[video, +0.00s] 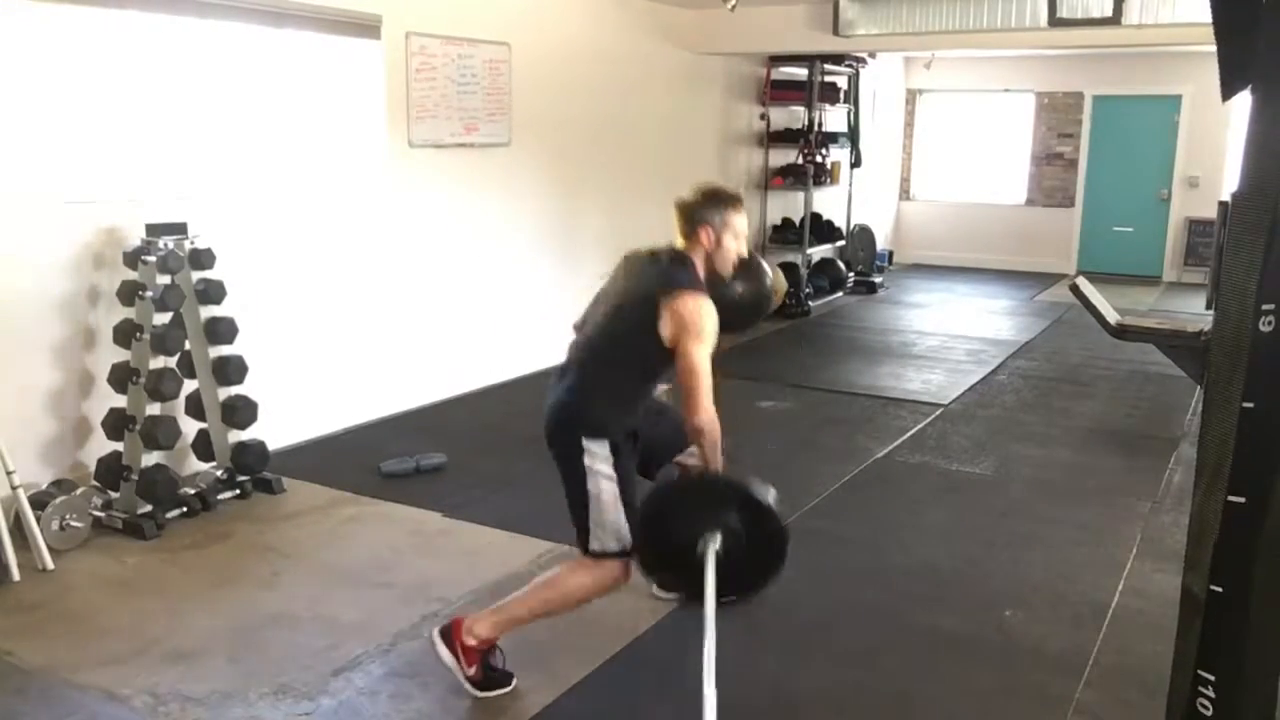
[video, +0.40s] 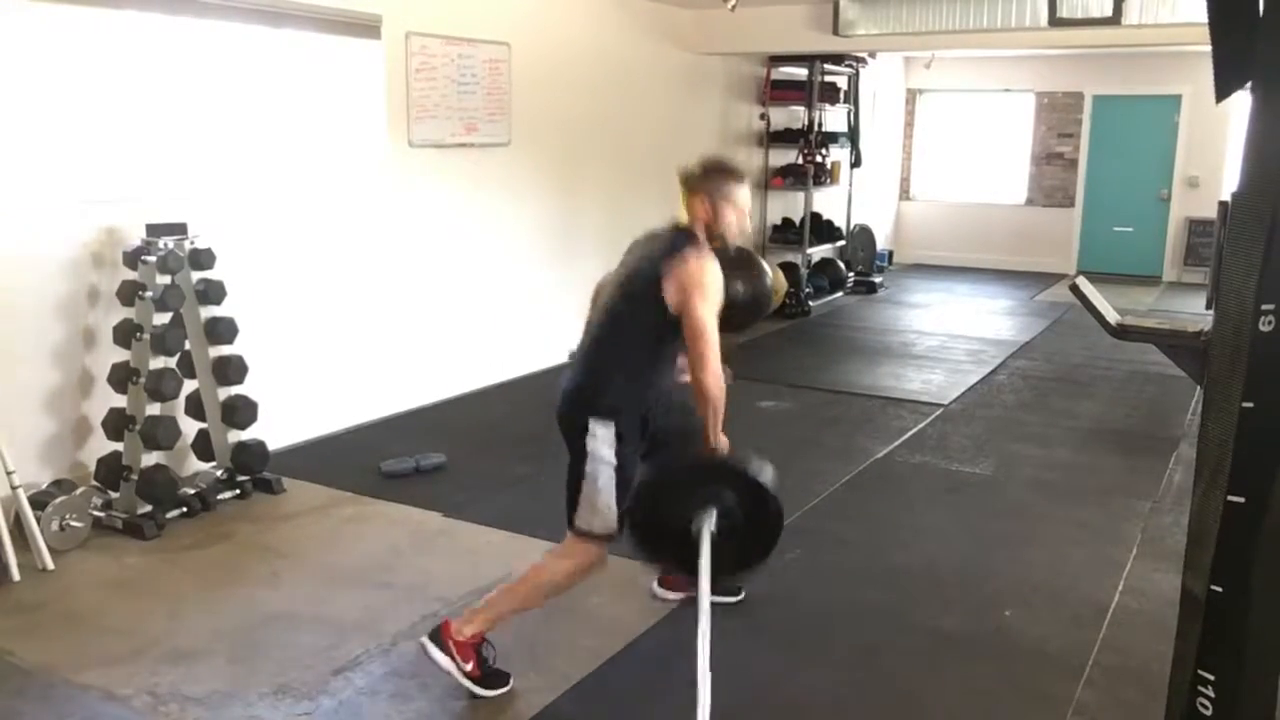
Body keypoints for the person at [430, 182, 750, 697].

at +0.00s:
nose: (743, 248)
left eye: (744, 236)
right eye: (738, 236)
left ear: (698, 235)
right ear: (707, 235)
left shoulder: (646, 263)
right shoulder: (694, 303)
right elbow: (700, 419)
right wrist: (717, 485)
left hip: (623, 402)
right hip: (589, 421)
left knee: (696, 460)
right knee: (609, 565)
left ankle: (670, 558)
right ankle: (474, 634)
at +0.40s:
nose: (746, 218)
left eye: (745, 205)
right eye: (737, 206)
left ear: (698, 207)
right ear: (705, 205)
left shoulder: (661, 243)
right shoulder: (697, 262)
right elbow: (707, 370)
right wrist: (715, 434)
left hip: (636, 395)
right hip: (603, 406)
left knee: (690, 458)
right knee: (586, 550)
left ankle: (679, 569)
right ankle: (463, 632)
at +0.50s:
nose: (727, 168)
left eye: (730, 157)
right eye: (716, 155)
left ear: (726, 159)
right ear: (687, 153)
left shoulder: (686, 208)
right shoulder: (663, 196)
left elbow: (678, 288)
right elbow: (675, 278)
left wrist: (707, 342)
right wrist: (715, 347)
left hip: (648, 359)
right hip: (598, 363)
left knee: (701, 445)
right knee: (582, 503)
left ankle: (683, 564)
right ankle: (475, 617)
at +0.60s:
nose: (705, 135)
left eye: (713, 125)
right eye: (695, 122)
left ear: (720, 126)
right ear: (668, 115)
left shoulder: (714, 192)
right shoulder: (631, 151)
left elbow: (710, 275)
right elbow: (618, 212)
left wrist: (720, 331)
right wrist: (695, 246)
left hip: (666, 328)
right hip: (599, 322)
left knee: (703, 452)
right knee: (575, 466)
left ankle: (693, 549)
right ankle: (519, 601)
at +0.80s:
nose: (657, 146)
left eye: (668, 138)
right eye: (649, 135)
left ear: (686, 141)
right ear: (632, 132)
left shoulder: (695, 192)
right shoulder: (602, 187)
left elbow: (734, 202)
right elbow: (552, 252)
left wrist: (722, 135)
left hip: (676, 362)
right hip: (607, 356)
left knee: (700, 480)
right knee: (564, 481)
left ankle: (734, 541)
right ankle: (533, 606)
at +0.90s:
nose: (643, 146)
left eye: (654, 136)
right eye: (638, 134)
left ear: (675, 144)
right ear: (625, 139)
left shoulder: (688, 194)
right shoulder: (599, 203)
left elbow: (716, 143)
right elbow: (583, 275)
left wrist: (716, 79)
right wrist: (555, 319)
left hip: (671, 369)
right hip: (604, 364)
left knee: (695, 482)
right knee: (559, 479)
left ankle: (731, 546)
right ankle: (537, 608)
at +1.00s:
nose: (641, 148)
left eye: (652, 136)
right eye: (634, 136)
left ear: (672, 142)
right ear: (620, 141)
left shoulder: (684, 196)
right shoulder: (596, 202)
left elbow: (709, 141)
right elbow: (575, 269)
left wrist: (703, 78)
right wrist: (569, 301)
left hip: (668, 368)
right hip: (602, 362)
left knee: (690, 480)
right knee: (555, 481)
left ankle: (732, 545)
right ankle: (548, 610)